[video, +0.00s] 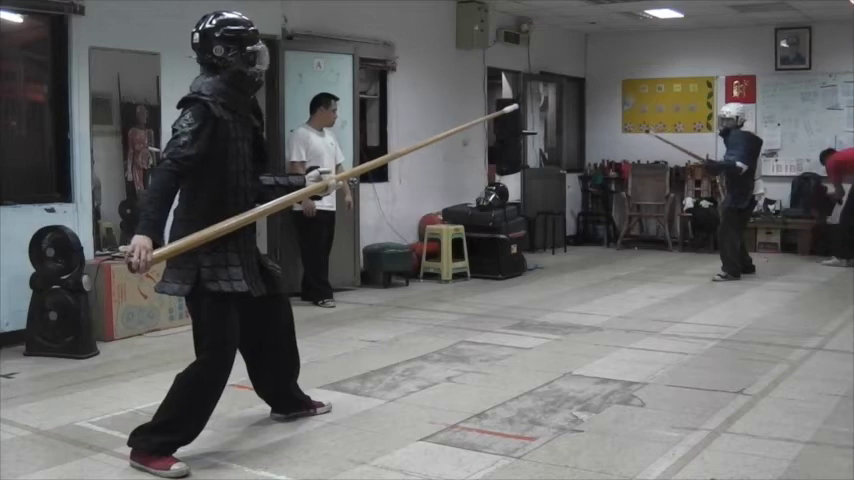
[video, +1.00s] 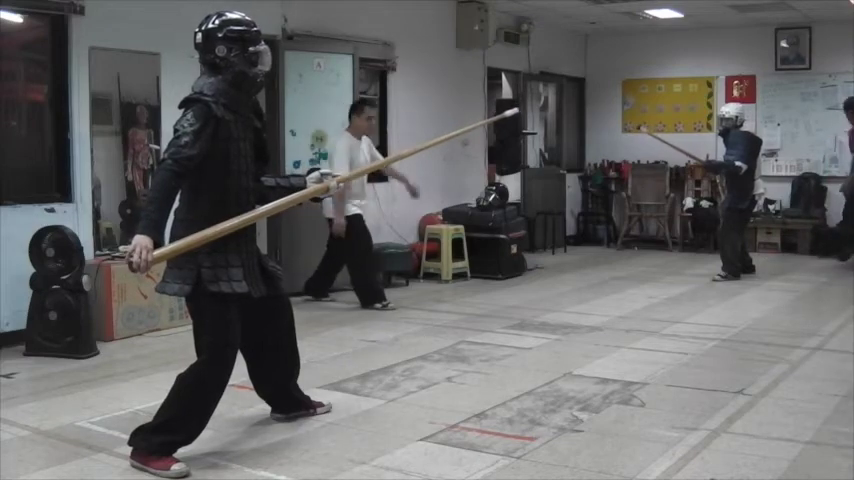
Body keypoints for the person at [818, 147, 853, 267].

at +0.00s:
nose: (826, 167)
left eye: (825, 164)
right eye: (825, 164)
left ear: (826, 159)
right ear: (833, 153)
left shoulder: (831, 162)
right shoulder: (844, 154)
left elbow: (840, 192)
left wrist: (834, 196)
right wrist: (836, 195)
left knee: (845, 218)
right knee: (846, 217)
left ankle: (841, 256)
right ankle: (847, 256)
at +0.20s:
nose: (831, 159)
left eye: (830, 156)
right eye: (829, 157)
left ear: (831, 152)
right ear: (841, 147)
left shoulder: (836, 157)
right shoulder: (849, 149)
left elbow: (841, 183)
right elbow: (842, 183)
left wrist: (846, 200)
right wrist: (847, 200)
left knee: (848, 219)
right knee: (848, 219)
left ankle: (843, 254)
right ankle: (845, 253)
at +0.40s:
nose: (834, 155)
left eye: (833, 152)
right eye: (833, 153)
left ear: (836, 148)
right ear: (844, 143)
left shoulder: (839, 157)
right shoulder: (850, 147)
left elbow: (843, 182)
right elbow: (844, 182)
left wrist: (847, 200)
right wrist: (848, 200)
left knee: (849, 220)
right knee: (848, 220)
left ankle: (847, 254)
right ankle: (847, 254)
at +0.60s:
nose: (833, 145)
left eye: (831, 142)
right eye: (831, 143)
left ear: (835, 136)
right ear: (842, 132)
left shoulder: (841, 146)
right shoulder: (851, 138)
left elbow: (847, 175)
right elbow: (847, 176)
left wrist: (849, 198)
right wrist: (849, 198)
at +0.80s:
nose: (836, 127)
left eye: (836, 123)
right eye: (834, 124)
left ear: (842, 120)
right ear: (846, 117)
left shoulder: (850, 134)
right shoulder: (849, 133)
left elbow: (852, 165)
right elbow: (852, 165)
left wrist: (849, 189)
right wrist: (849, 189)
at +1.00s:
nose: (848, 118)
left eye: (849, 114)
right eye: (848, 114)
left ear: (850, 113)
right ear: (847, 114)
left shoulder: (850, 134)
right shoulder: (850, 134)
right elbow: (851, 159)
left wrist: (848, 183)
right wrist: (848, 182)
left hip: (850, 184)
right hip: (850, 184)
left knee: (848, 218)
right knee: (847, 218)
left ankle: (845, 247)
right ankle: (844, 247)